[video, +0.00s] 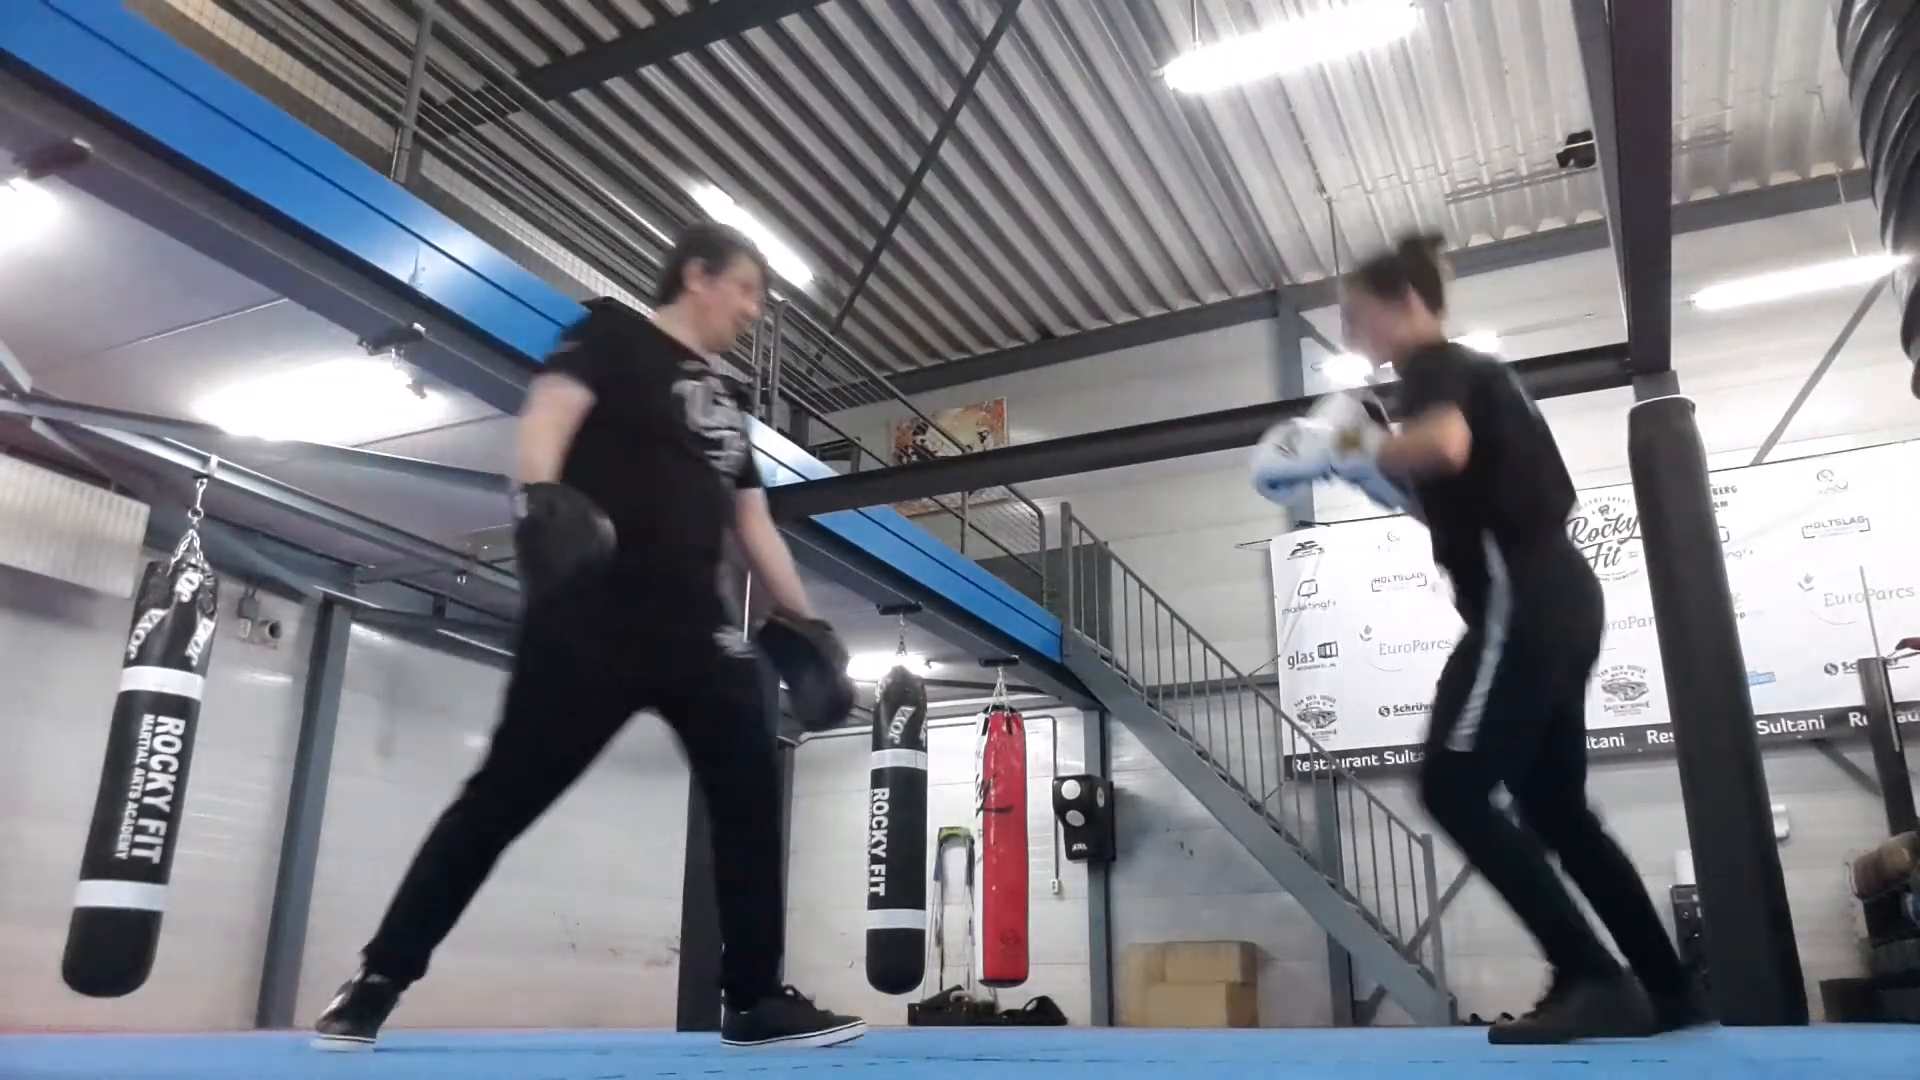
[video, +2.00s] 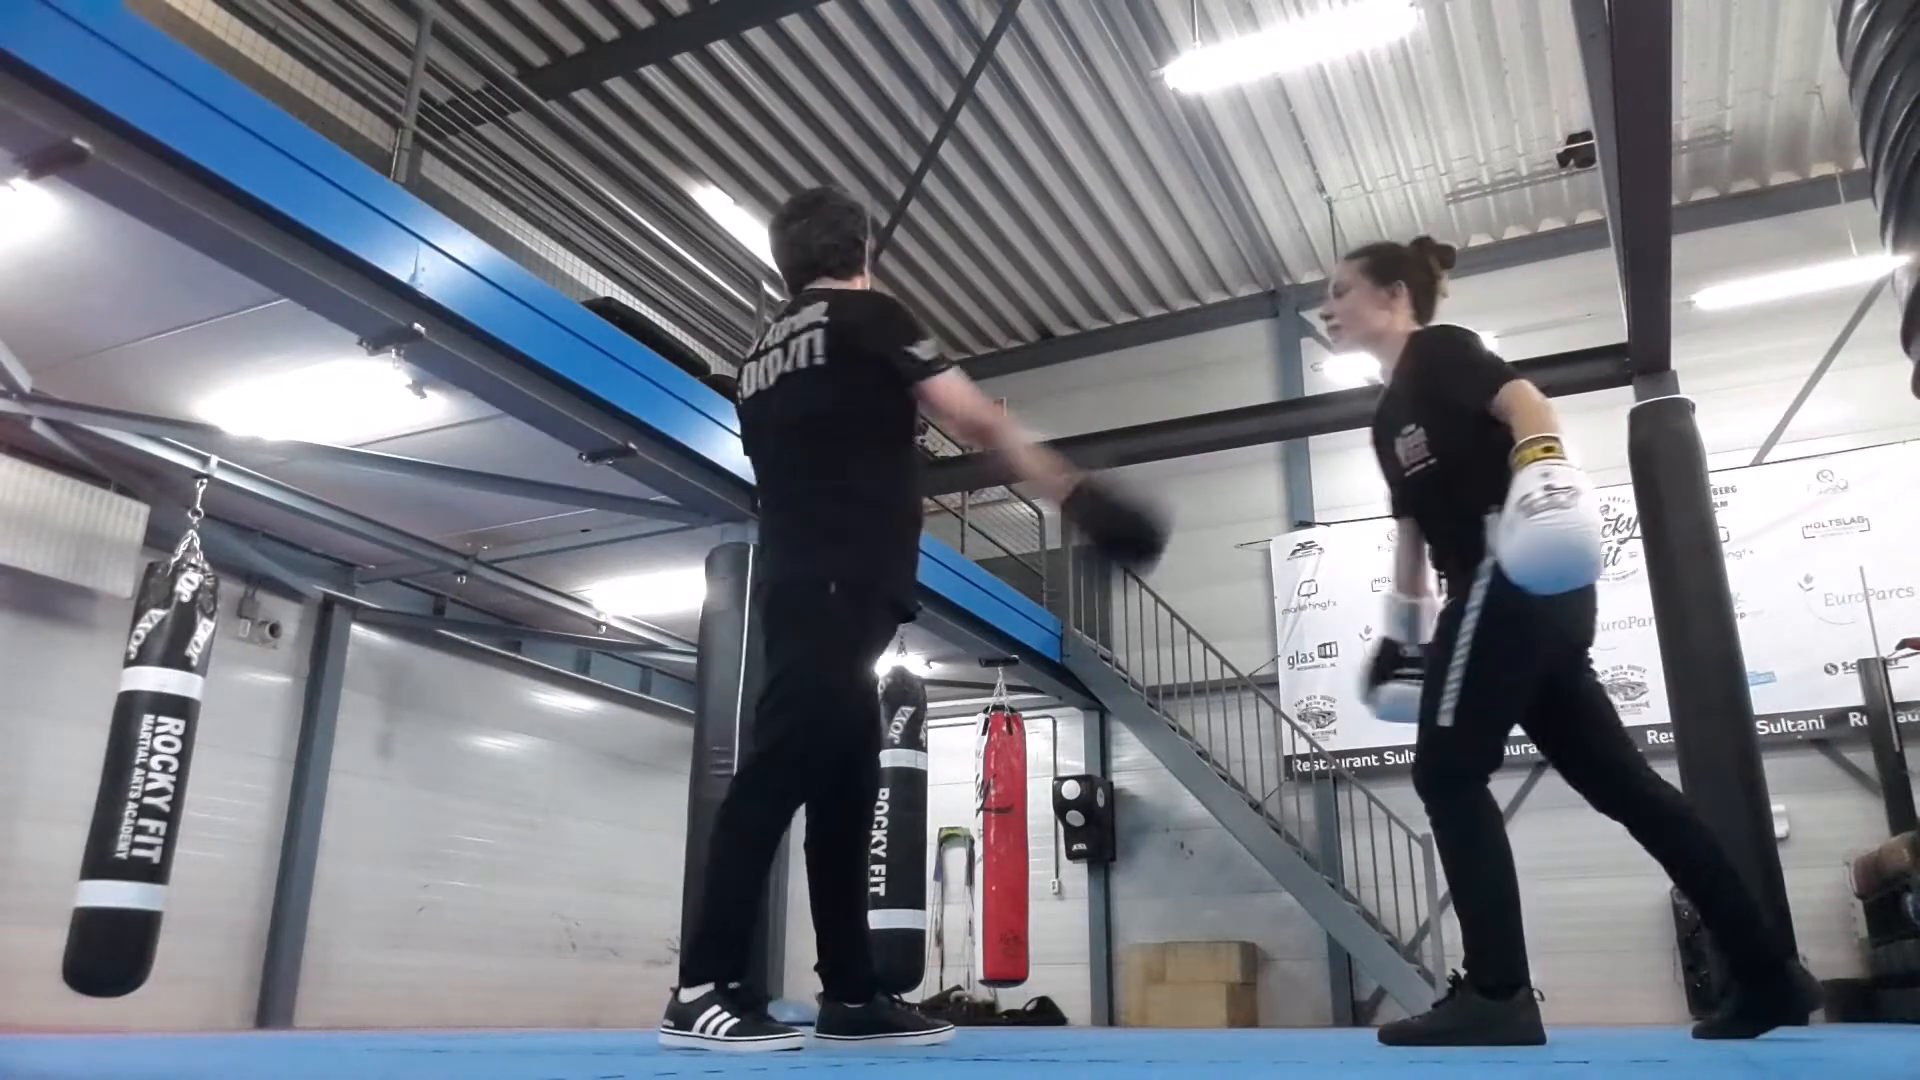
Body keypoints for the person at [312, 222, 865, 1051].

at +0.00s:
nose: (757, 309)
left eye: (762, 296)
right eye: (749, 288)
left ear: (717, 288)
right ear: (698, 277)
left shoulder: (722, 396)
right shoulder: (618, 331)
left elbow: (753, 518)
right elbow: (549, 411)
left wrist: (798, 618)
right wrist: (542, 500)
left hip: (695, 629)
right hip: (596, 614)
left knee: (748, 794)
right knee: (504, 796)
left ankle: (757, 999)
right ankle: (379, 982)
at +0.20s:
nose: (814, 303)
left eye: (817, 290)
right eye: (809, 284)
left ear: (774, 282)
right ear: (765, 274)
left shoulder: (767, 392)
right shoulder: (695, 328)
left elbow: (787, 521)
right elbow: (645, 409)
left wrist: (835, 618)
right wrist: (644, 509)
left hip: (746, 613)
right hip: (677, 588)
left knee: (762, 786)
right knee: (641, 762)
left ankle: (757, 996)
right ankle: (511, 944)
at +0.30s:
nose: (831, 293)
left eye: (831, 282)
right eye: (823, 277)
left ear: (783, 276)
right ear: (780, 271)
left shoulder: (782, 377)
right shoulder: (727, 328)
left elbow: (793, 512)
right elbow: (670, 409)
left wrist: (836, 616)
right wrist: (688, 506)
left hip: (764, 590)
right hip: (701, 567)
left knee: (762, 776)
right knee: (695, 760)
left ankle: (756, 996)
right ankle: (599, 965)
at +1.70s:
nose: (892, 265)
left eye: (891, 248)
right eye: (890, 246)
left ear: (821, 239)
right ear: (866, 242)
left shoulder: (830, 335)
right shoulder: (796, 305)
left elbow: (804, 464)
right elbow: (734, 379)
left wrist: (855, 579)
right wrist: (675, 456)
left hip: (818, 597)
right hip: (777, 590)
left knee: (847, 777)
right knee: (753, 771)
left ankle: (854, 992)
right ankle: (701, 994)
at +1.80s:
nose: (892, 269)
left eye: (889, 253)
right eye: (891, 253)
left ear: (812, 251)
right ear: (873, 251)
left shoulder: (817, 327)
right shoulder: (823, 317)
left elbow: (805, 449)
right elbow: (791, 431)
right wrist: (756, 523)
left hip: (818, 599)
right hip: (797, 594)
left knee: (849, 778)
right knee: (767, 774)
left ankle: (854, 994)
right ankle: (703, 996)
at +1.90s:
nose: (884, 266)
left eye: (879, 255)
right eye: (881, 254)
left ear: (794, 263)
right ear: (869, 255)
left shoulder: (774, 345)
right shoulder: (851, 319)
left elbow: (783, 478)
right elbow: (893, 451)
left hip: (793, 590)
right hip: (822, 591)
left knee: (845, 785)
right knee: (771, 777)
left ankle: (854, 996)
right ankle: (704, 996)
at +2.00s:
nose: (877, 268)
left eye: (868, 257)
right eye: (875, 254)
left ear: (786, 268)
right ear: (864, 255)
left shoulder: (761, 354)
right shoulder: (863, 315)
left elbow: (806, 458)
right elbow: (977, 421)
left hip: (801, 587)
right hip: (836, 585)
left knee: (847, 787)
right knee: (774, 775)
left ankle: (853, 998)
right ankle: (705, 996)